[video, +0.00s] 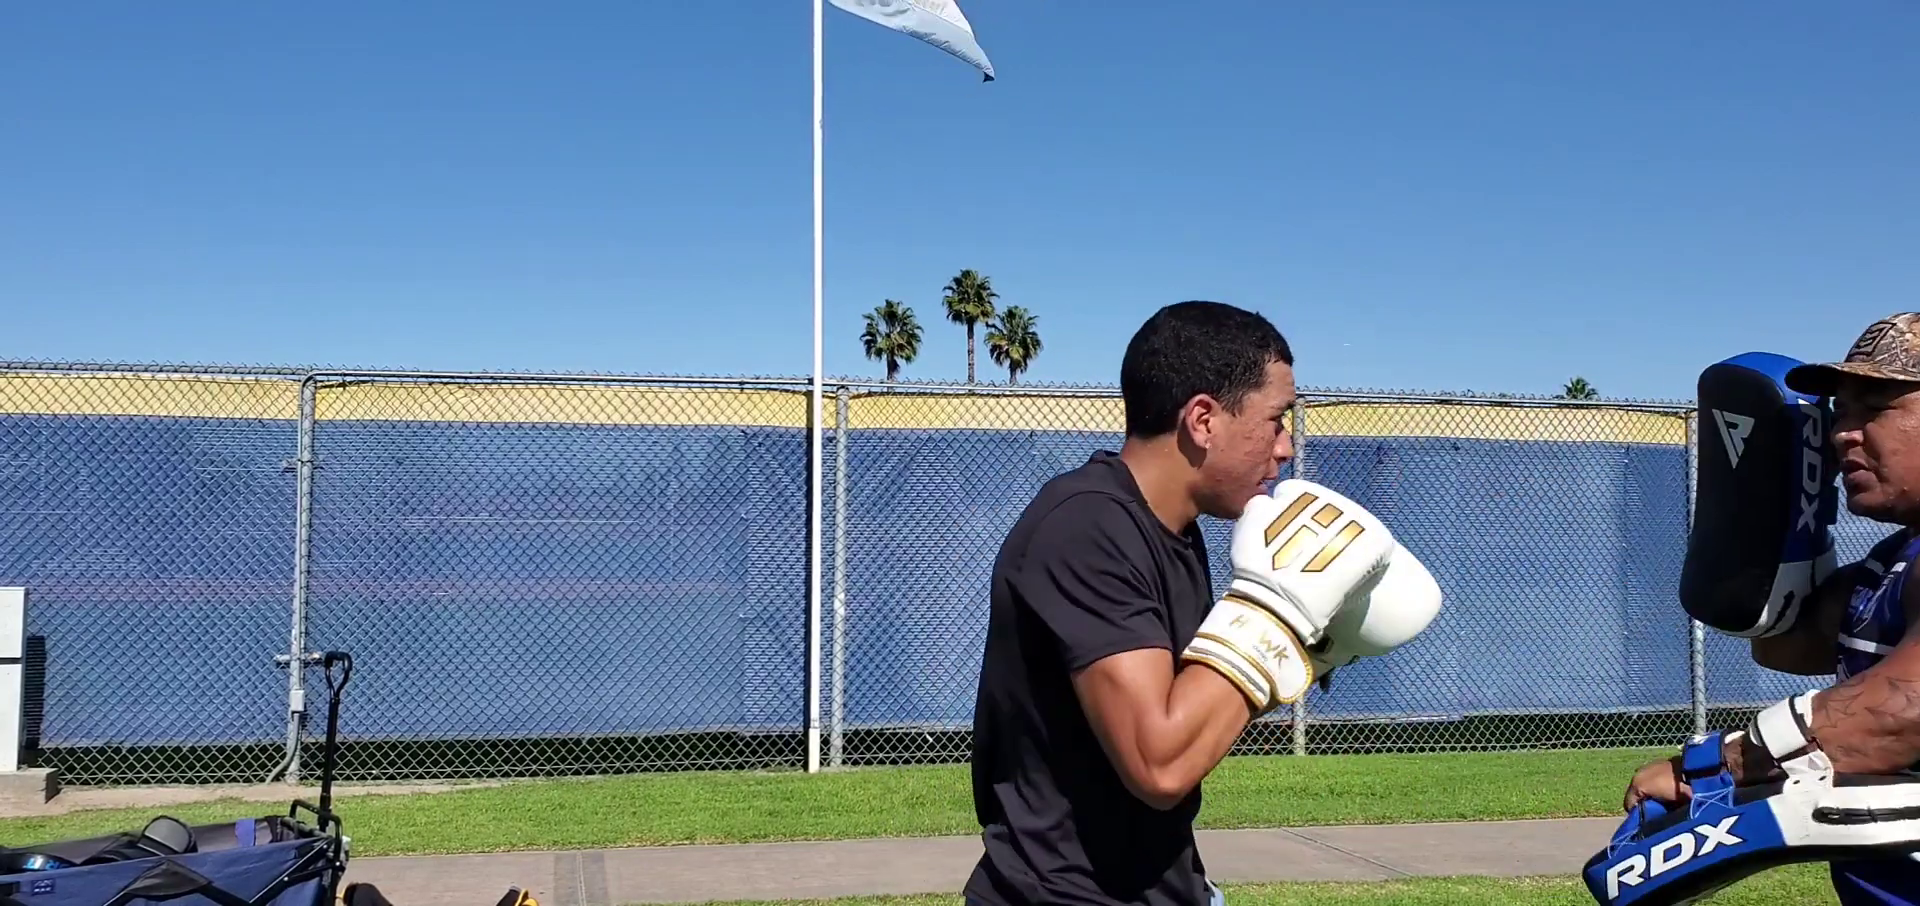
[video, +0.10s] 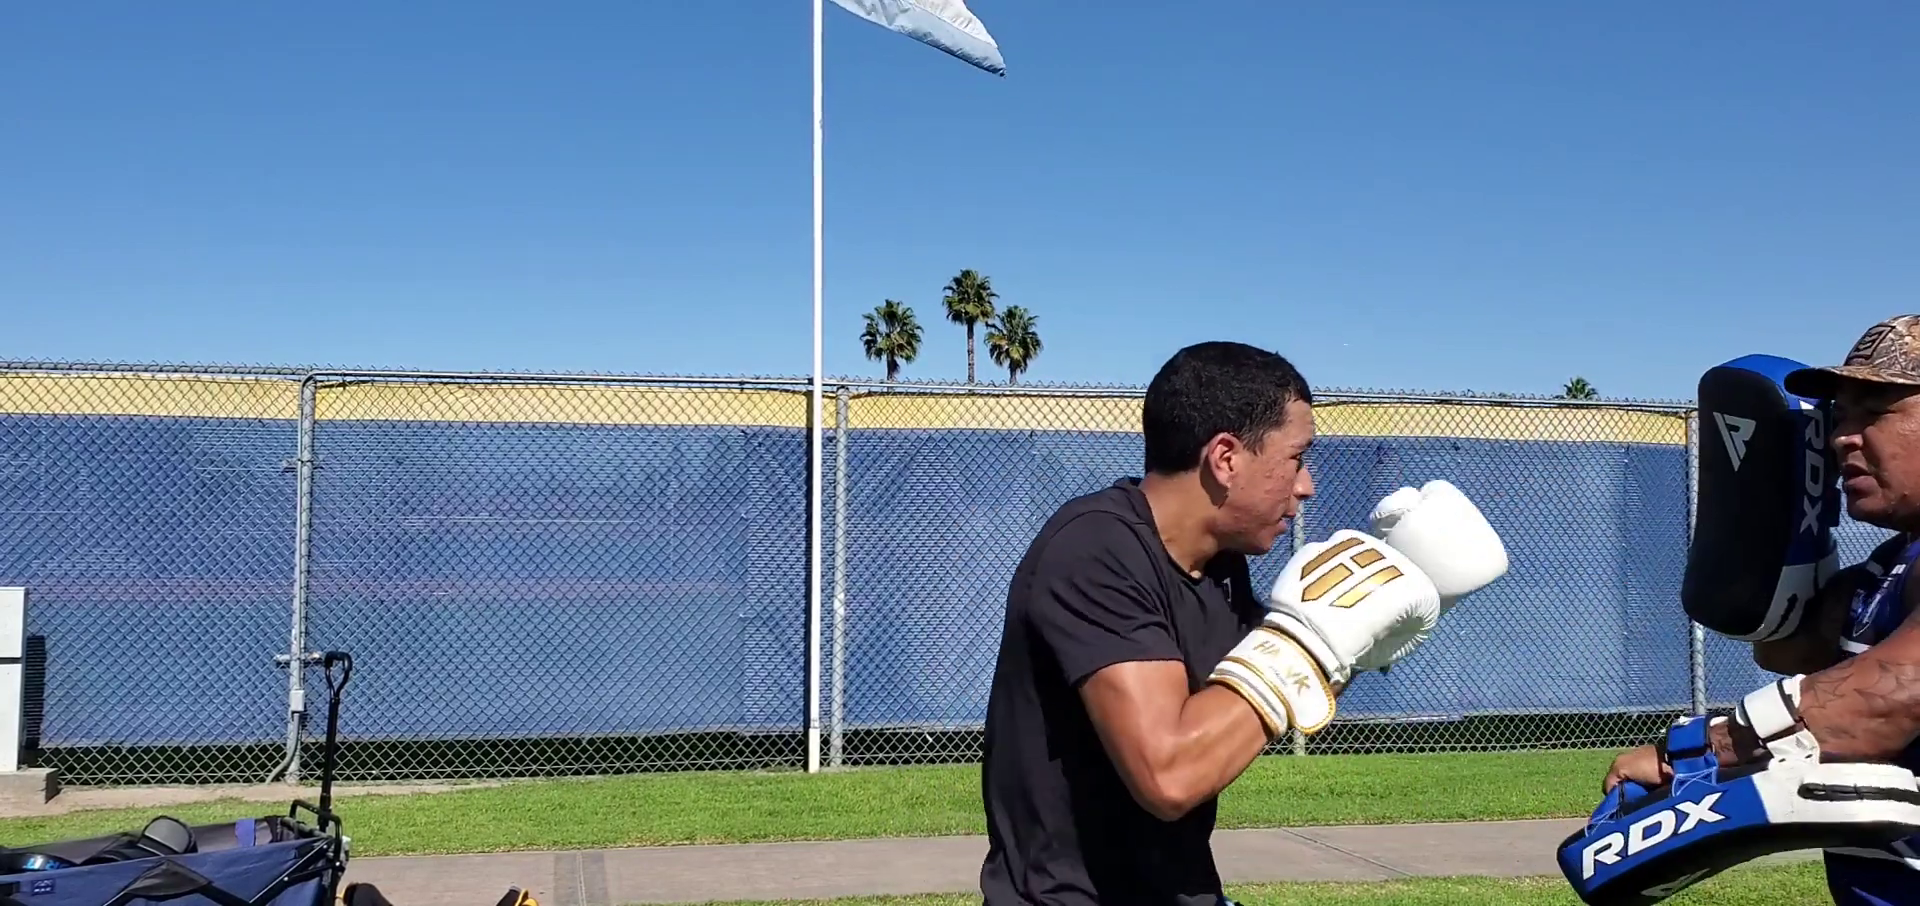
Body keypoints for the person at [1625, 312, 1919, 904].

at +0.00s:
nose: (1843, 435)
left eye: (1874, 408)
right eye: (1841, 412)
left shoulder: (1911, 559)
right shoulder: (1896, 557)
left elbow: (1899, 716)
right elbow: (1783, 641)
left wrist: (1708, 767)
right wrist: (1795, 472)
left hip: (1902, 888)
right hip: (1872, 885)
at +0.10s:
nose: (1841, 439)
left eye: (1873, 412)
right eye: (1837, 417)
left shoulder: (1916, 562)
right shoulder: (1892, 566)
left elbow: (1894, 699)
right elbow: (1794, 647)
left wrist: (1690, 753)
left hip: (1904, 883)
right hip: (1871, 884)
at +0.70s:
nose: (1740, 524)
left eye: (1759, 493)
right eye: (1730, 504)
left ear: (1856, 469)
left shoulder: (1911, 583)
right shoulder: (1804, 606)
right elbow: (1736, 759)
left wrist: (1889, 882)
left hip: (1912, 886)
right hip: (1862, 886)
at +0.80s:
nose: (1719, 530)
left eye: (1737, 498)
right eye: (1708, 510)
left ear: (1832, 474)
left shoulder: (1908, 580)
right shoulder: (1788, 604)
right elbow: (1720, 774)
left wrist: (1895, 872)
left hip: (1906, 890)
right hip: (1848, 890)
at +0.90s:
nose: (1704, 530)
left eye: (1723, 499)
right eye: (1695, 509)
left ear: (1819, 474)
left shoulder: (1905, 577)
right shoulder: (1781, 600)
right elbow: (1713, 769)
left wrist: (1903, 875)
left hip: (1898, 891)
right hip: (1840, 887)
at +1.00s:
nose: (1701, 535)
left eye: (1719, 504)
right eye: (1692, 512)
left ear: (1817, 480)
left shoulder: (1905, 582)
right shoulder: (1770, 596)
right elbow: (1728, 751)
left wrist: (1910, 884)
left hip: (1899, 890)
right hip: (1830, 889)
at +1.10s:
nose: (1705, 520)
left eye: (1724, 490)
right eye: (1697, 500)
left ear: (1823, 466)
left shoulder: (1909, 593)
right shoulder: (1751, 604)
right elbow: (1682, 753)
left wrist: (1892, 886)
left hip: (1906, 893)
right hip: (1827, 892)